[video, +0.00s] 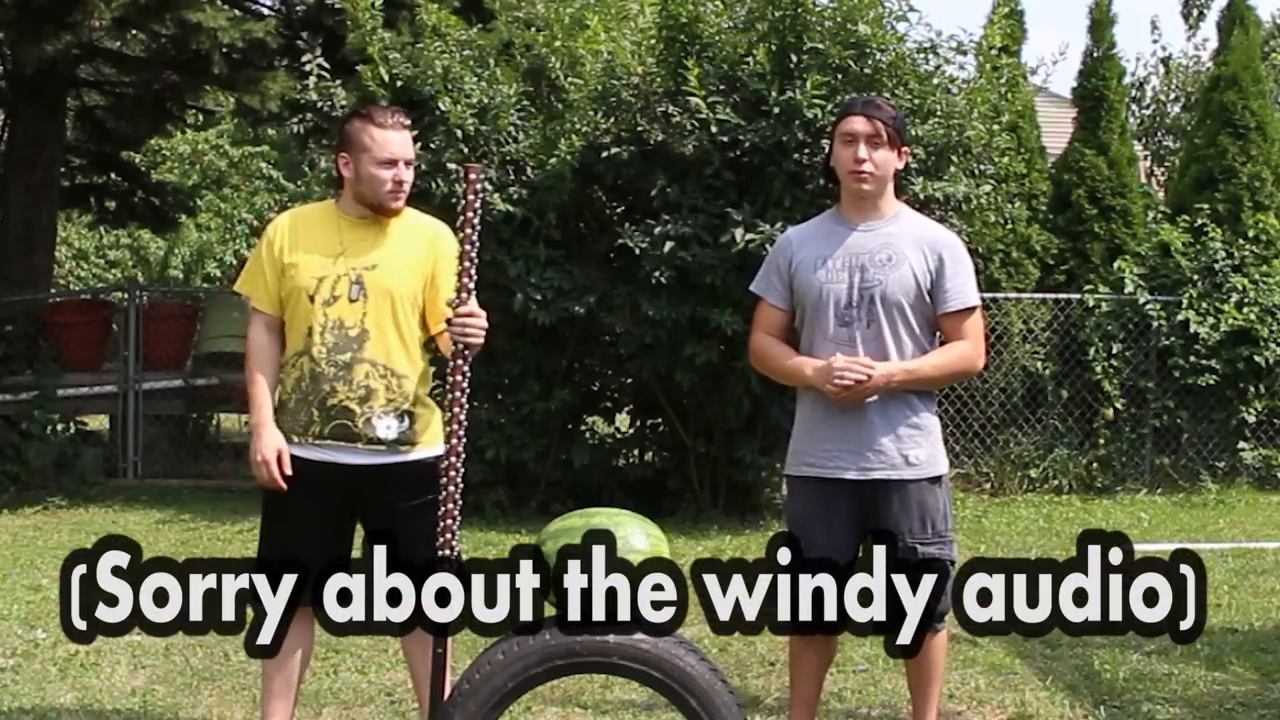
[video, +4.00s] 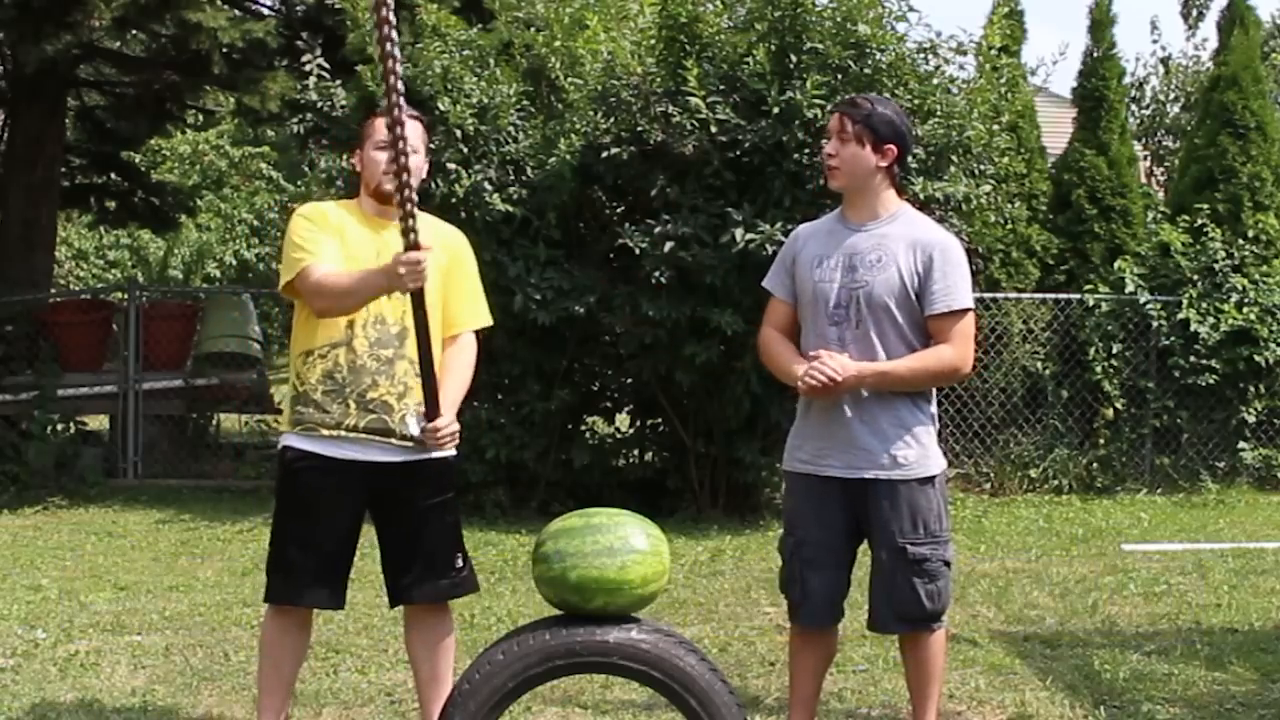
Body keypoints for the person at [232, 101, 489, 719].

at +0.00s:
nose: (401, 175)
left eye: (408, 163)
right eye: (385, 164)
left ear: (416, 165)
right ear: (345, 166)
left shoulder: (434, 239)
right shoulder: (289, 232)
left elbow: (446, 333)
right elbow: (265, 328)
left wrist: (469, 332)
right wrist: (261, 421)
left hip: (409, 463)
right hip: (309, 458)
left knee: (425, 605)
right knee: (290, 602)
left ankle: (438, 715)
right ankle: (274, 717)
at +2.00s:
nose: (371, 160)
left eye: (381, 151)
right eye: (357, 147)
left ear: (392, 163)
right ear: (323, 157)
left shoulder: (416, 239)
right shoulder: (275, 233)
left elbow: (443, 350)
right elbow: (235, 324)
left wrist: (439, 312)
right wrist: (270, 397)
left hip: (398, 459)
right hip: (301, 458)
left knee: (424, 601)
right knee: (285, 603)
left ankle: (436, 716)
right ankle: (275, 716)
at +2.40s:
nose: (359, 153)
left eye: (368, 145)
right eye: (345, 143)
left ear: (380, 159)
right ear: (314, 157)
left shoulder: (413, 231)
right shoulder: (275, 235)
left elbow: (446, 328)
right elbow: (267, 337)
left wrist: (414, 270)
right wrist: (353, 340)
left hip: (406, 449)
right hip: (307, 450)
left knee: (425, 599)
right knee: (290, 598)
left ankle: (437, 716)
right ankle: (276, 716)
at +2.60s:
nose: (368, 165)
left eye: (377, 154)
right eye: (353, 153)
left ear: (387, 163)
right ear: (319, 161)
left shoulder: (413, 239)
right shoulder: (278, 233)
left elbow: (440, 321)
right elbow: (267, 322)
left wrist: (458, 360)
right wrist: (351, 303)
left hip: (406, 451)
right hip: (307, 452)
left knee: (429, 599)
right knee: (291, 600)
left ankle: (436, 715)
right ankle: (275, 715)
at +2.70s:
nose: (373, 172)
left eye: (382, 160)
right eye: (359, 159)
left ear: (391, 166)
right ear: (325, 162)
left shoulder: (413, 242)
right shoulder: (281, 230)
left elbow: (440, 331)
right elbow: (270, 299)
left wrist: (464, 396)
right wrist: (357, 258)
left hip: (404, 452)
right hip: (306, 453)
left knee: (428, 599)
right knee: (291, 601)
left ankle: (438, 716)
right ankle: (275, 716)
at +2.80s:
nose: (381, 164)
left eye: (387, 153)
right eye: (367, 153)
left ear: (396, 161)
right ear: (330, 160)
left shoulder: (414, 245)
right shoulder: (285, 219)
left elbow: (438, 335)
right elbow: (274, 262)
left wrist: (459, 404)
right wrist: (353, 197)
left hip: (403, 449)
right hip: (306, 449)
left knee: (427, 596)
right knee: (292, 597)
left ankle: (438, 715)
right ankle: (275, 715)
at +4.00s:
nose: (398, 157)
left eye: (409, 148)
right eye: (385, 146)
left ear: (426, 163)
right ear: (357, 158)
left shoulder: (448, 240)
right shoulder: (314, 221)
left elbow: (462, 336)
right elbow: (317, 292)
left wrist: (445, 407)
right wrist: (384, 277)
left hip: (417, 453)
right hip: (320, 449)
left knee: (430, 599)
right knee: (292, 600)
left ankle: (438, 715)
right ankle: (271, 715)